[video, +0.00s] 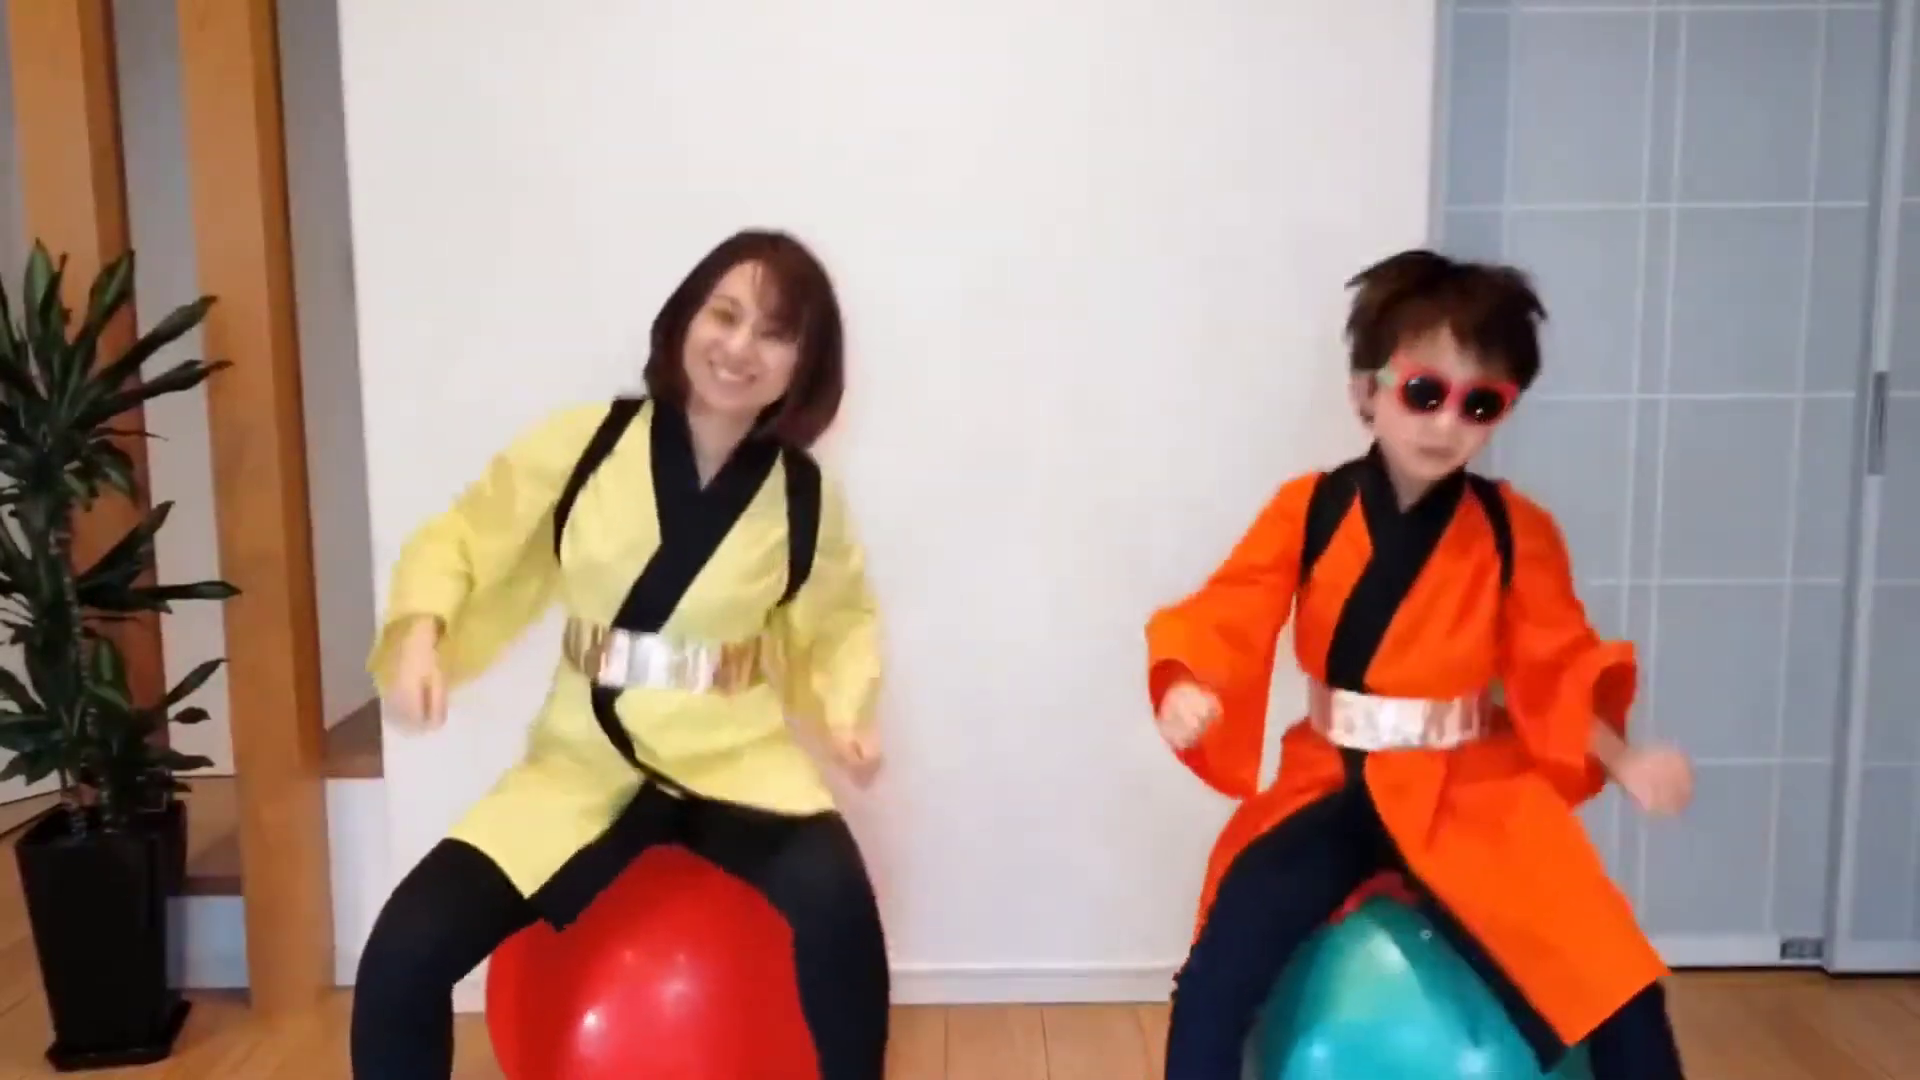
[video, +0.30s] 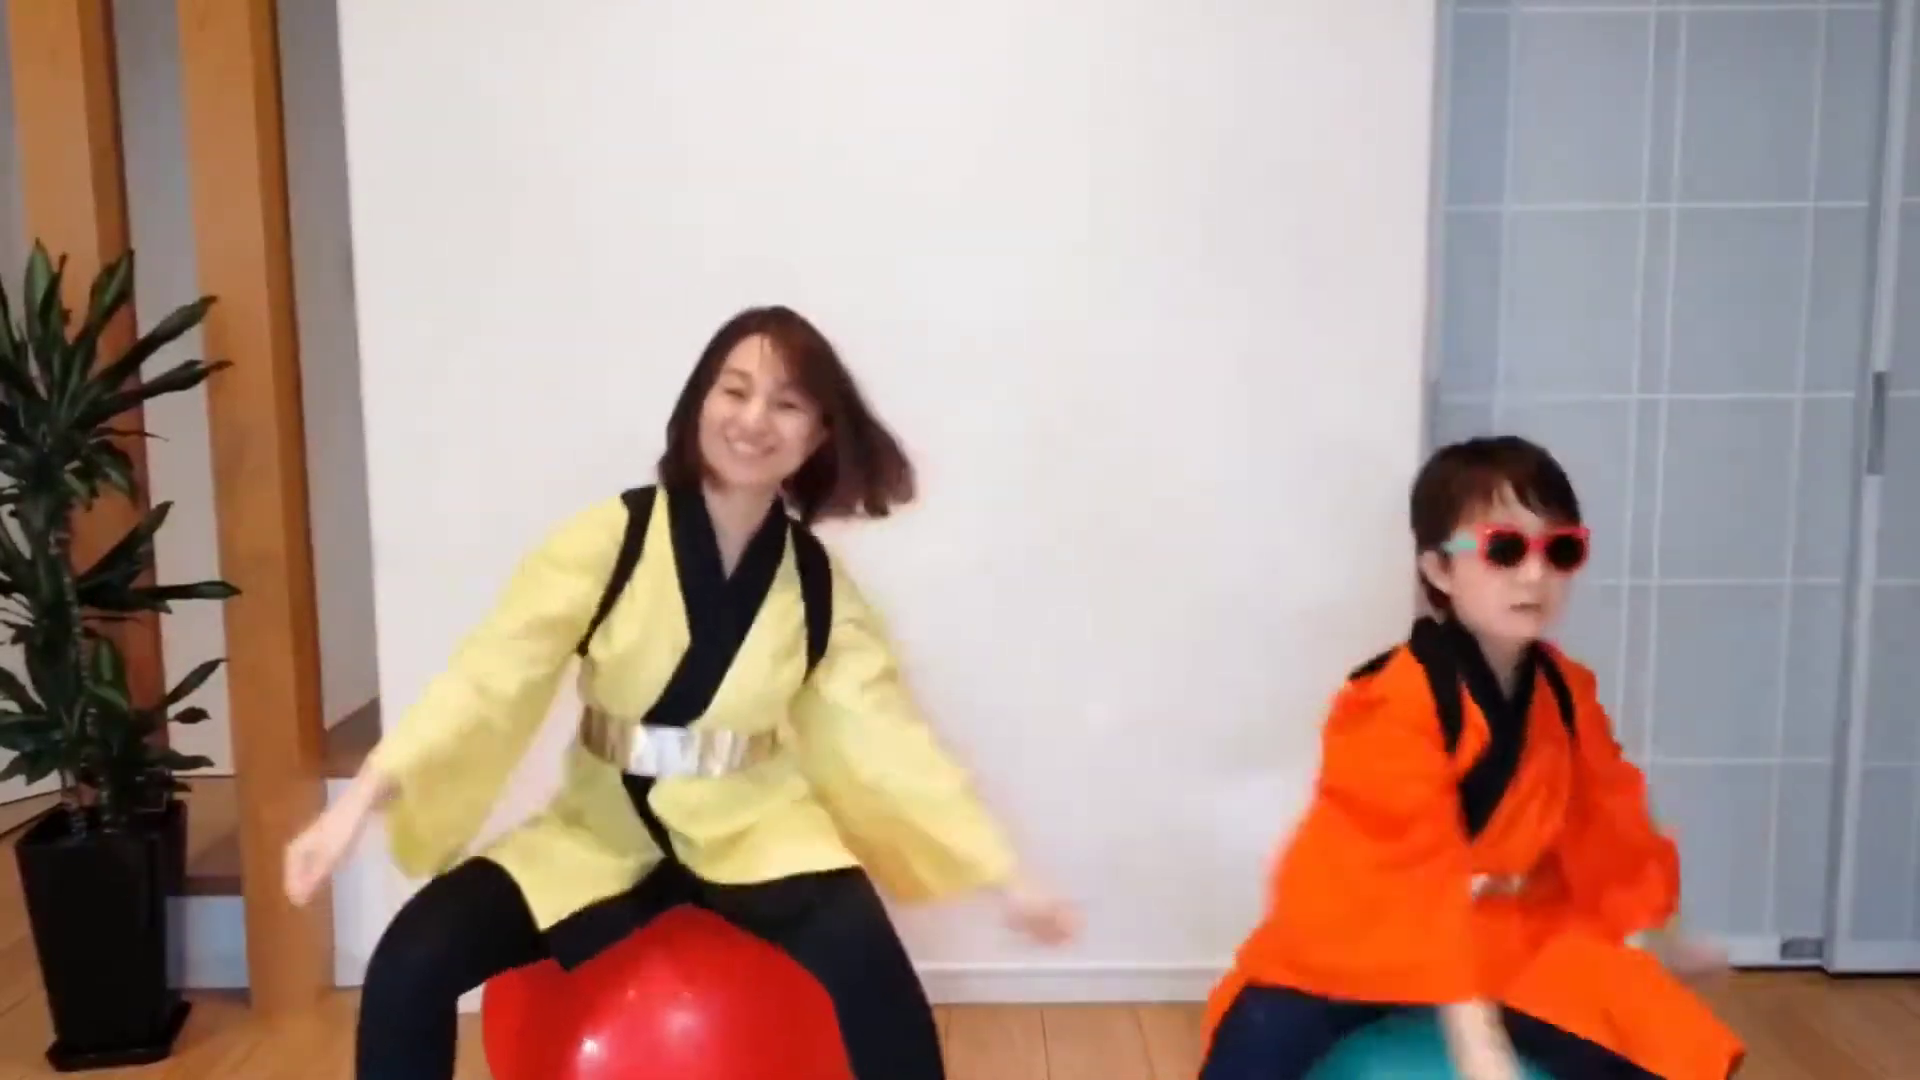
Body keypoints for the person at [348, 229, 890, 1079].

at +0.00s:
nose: (738, 345)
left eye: (774, 331)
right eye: (723, 313)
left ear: (803, 365)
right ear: (683, 320)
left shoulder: (802, 497)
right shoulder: (585, 443)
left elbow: (837, 626)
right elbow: (461, 538)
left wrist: (843, 714)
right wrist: (417, 630)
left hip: (737, 769)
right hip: (585, 770)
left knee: (837, 899)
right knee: (405, 947)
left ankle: (852, 1069)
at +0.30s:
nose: (753, 418)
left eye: (786, 403)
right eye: (734, 391)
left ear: (818, 436)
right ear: (695, 403)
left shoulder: (818, 583)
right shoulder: (615, 536)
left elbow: (882, 736)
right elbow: (492, 674)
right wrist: (363, 796)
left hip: (760, 839)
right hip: (602, 836)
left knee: (870, 963)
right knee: (410, 959)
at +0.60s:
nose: (701, 307)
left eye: (732, 286)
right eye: (678, 279)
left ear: (764, 313)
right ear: (635, 296)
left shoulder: (801, 453)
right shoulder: (575, 447)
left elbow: (883, 638)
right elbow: (500, 632)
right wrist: (492, 485)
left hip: (790, 745)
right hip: (639, 754)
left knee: (879, 931)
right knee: (499, 924)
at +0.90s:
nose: (663, 381)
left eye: (683, 354)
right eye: (630, 361)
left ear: (718, 375)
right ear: (594, 392)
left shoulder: (773, 515)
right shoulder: (576, 530)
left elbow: (914, 638)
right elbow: (552, 693)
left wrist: (822, 640)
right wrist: (490, 701)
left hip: (798, 826)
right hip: (662, 838)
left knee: (859, 949)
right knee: (539, 948)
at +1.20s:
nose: (610, 387)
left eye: (623, 362)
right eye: (575, 371)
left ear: (648, 378)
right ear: (526, 406)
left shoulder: (728, 491)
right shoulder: (518, 562)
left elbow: (842, 616)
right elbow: (498, 732)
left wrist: (953, 746)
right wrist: (452, 886)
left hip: (787, 790)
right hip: (632, 812)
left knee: (883, 950)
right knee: (446, 943)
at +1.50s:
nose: (640, 309)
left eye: (666, 286)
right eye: (611, 287)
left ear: (699, 306)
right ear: (570, 306)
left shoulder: (750, 446)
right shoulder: (534, 452)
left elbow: (840, 597)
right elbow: (401, 576)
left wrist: (804, 546)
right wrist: (269, 541)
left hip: (735, 754)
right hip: (581, 761)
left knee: (858, 955)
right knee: (410, 952)